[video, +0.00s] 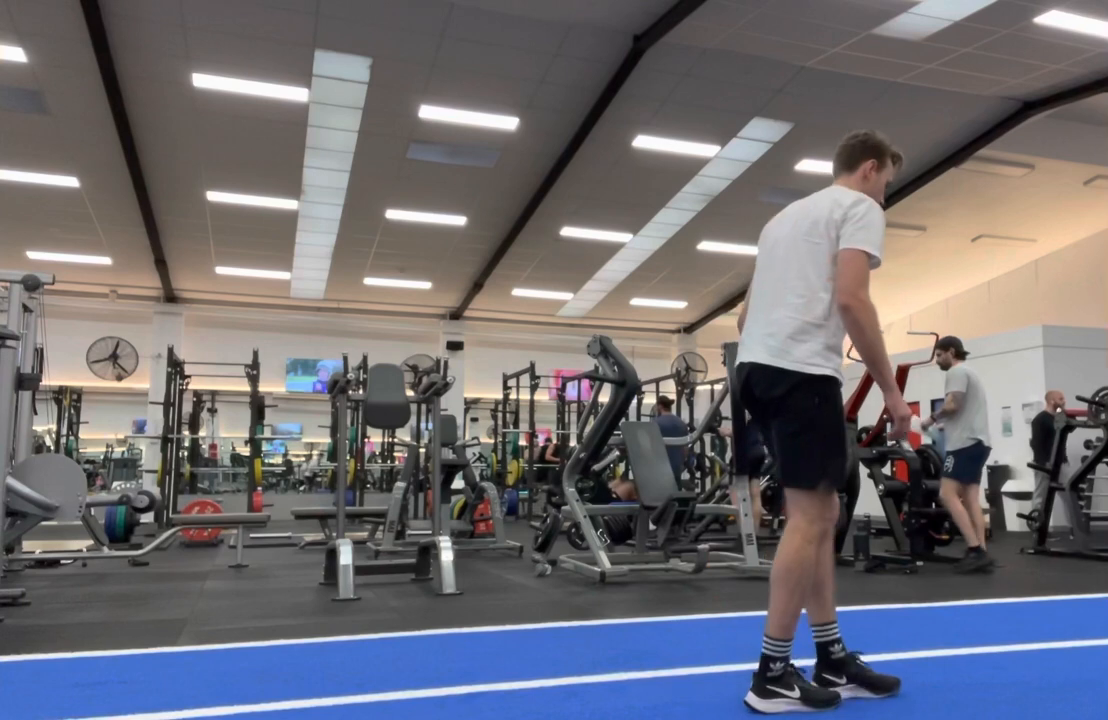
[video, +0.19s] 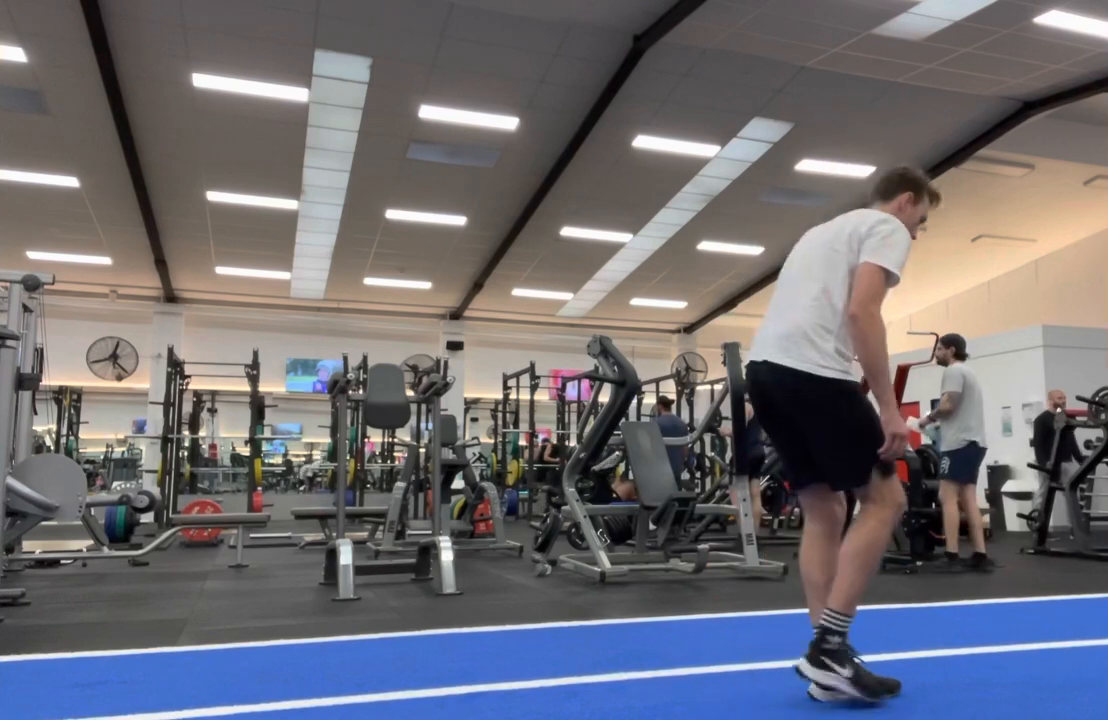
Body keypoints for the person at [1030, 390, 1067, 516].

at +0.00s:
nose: (1064, 402)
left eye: (1063, 399)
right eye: (1061, 399)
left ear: (1052, 402)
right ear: (1051, 401)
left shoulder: (1061, 419)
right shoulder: (1039, 419)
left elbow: (1072, 426)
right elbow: (1037, 444)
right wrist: (1042, 463)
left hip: (1061, 464)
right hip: (1043, 464)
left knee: (1069, 497)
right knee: (1040, 498)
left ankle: (1076, 529)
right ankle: (1037, 531)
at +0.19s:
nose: (1063, 401)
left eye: (1064, 398)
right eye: (1059, 398)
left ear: (1066, 399)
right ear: (1050, 401)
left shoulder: (1066, 418)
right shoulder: (1041, 420)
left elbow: (1072, 441)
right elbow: (1038, 444)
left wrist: (1080, 459)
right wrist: (1043, 464)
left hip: (1066, 463)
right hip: (1047, 464)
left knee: (1072, 496)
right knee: (1043, 497)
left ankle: (1076, 527)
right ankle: (1038, 528)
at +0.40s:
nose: (1064, 401)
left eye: (1066, 398)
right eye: (1060, 398)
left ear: (1068, 399)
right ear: (1053, 400)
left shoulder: (1071, 418)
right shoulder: (1044, 420)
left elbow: (1079, 440)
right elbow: (1040, 444)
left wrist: (1089, 454)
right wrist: (1047, 464)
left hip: (1071, 463)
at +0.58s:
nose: (1066, 402)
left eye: (1068, 398)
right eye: (1062, 399)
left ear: (1071, 400)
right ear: (1056, 401)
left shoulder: (1076, 419)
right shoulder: (1047, 420)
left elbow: (1090, 441)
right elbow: (1042, 443)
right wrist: (1046, 462)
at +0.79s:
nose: (1065, 403)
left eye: (1068, 399)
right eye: (1062, 400)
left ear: (1073, 401)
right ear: (1059, 401)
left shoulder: (1080, 419)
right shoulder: (1049, 419)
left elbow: (1081, 442)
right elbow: (1042, 443)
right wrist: (1042, 463)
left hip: (1075, 463)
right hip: (1055, 463)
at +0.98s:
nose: (1063, 403)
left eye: (1067, 400)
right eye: (1061, 400)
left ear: (1072, 401)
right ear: (1057, 402)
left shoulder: (1080, 419)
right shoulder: (1050, 420)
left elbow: (1081, 441)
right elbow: (1043, 443)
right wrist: (1040, 463)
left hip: (1076, 461)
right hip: (1056, 462)